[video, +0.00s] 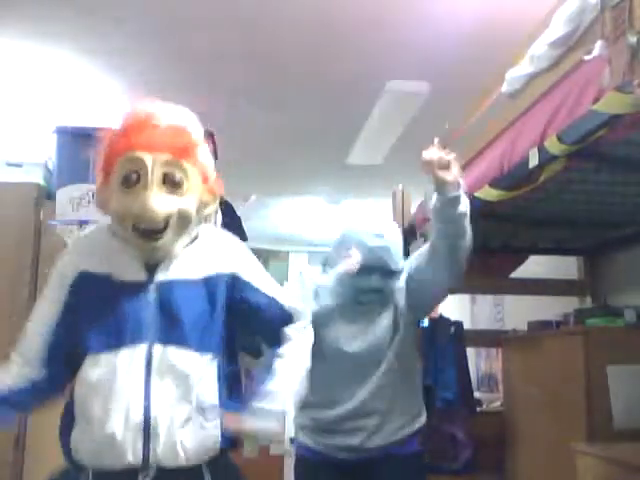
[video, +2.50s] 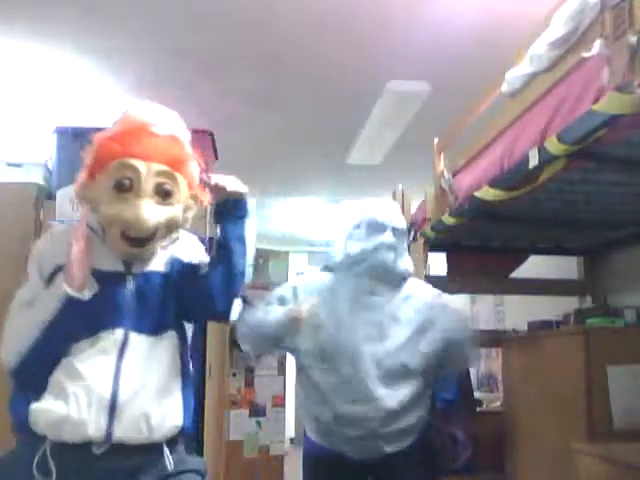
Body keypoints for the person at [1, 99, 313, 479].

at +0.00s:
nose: (149, 202)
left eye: (171, 181)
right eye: (132, 179)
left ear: (203, 194)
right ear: (105, 192)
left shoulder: (223, 258)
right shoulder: (84, 258)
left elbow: (293, 329)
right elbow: (36, 364)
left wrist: (266, 415)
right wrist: (5, 397)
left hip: (196, 468)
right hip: (98, 469)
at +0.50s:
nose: (156, 177)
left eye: (179, 161)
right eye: (139, 150)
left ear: (201, 172)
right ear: (108, 147)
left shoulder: (199, 219)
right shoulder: (68, 198)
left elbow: (222, 320)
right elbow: (10, 291)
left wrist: (265, 413)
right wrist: (24, 397)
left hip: (176, 424)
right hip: (76, 430)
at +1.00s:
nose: (135, 187)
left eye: (157, 167)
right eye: (117, 168)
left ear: (195, 181)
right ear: (96, 181)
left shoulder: (217, 239)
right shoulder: (80, 249)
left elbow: (268, 317)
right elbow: (53, 349)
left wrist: (244, 370)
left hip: (203, 457)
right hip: (105, 458)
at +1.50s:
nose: (185, 204)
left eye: (205, 187)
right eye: (166, 184)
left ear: (233, 197)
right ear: (139, 191)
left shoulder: (250, 259)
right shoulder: (109, 258)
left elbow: (325, 250)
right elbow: (28, 307)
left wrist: (328, 185)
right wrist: (98, 339)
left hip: (221, 456)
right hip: (127, 459)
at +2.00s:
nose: (181, 218)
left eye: (203, 199)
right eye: (164, 195)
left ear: (229, 211)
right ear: (134, 201)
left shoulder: (226, 280)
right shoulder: (103, 269)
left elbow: (266, 362)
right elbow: (19, 261)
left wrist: (234, 285)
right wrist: (80, 174)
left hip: (211, 465)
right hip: (117, 466)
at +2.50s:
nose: (140, 215)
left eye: (164, 192)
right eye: (122, 186)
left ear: (187, 207)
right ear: (90, 192)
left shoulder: (178, 264)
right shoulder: (63, 255)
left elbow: (220, 302)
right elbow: (23, 363)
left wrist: (232, 216)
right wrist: (72, 289)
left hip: (154, 457)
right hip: (62, 456)